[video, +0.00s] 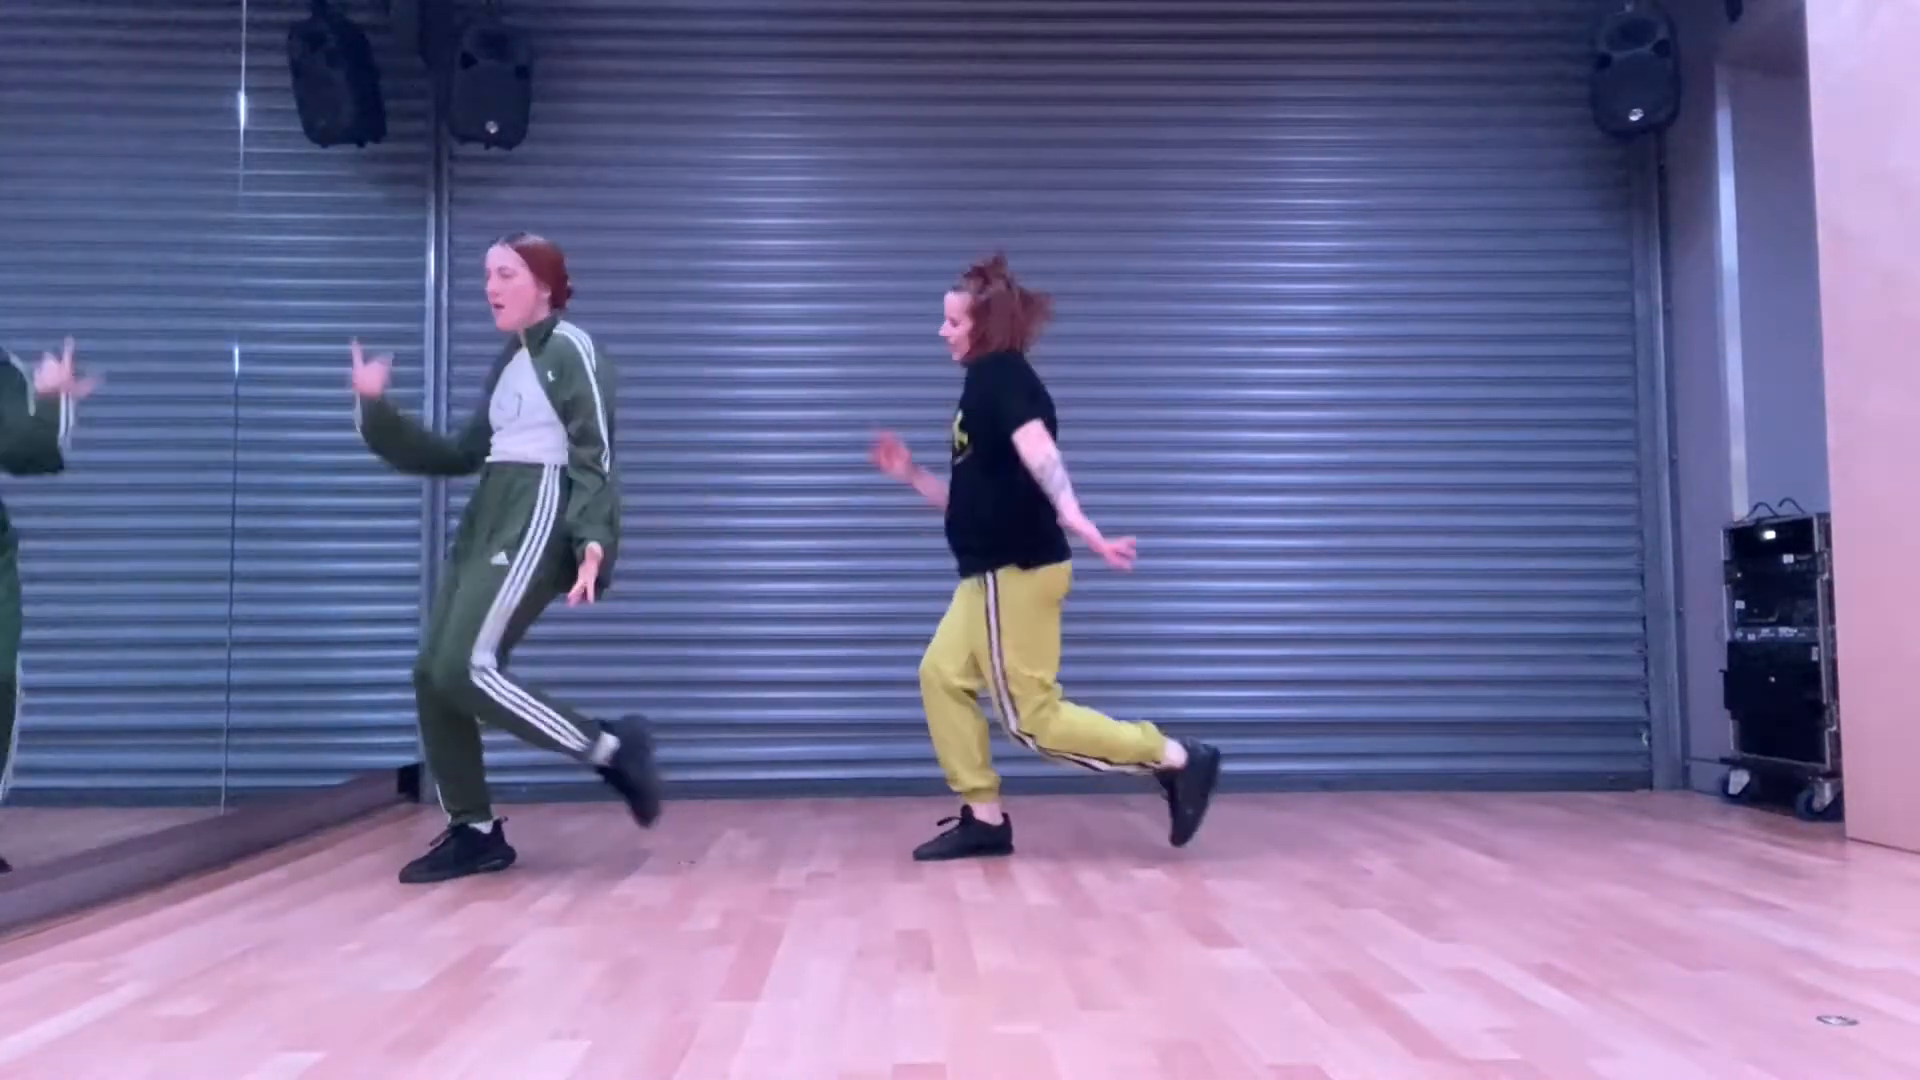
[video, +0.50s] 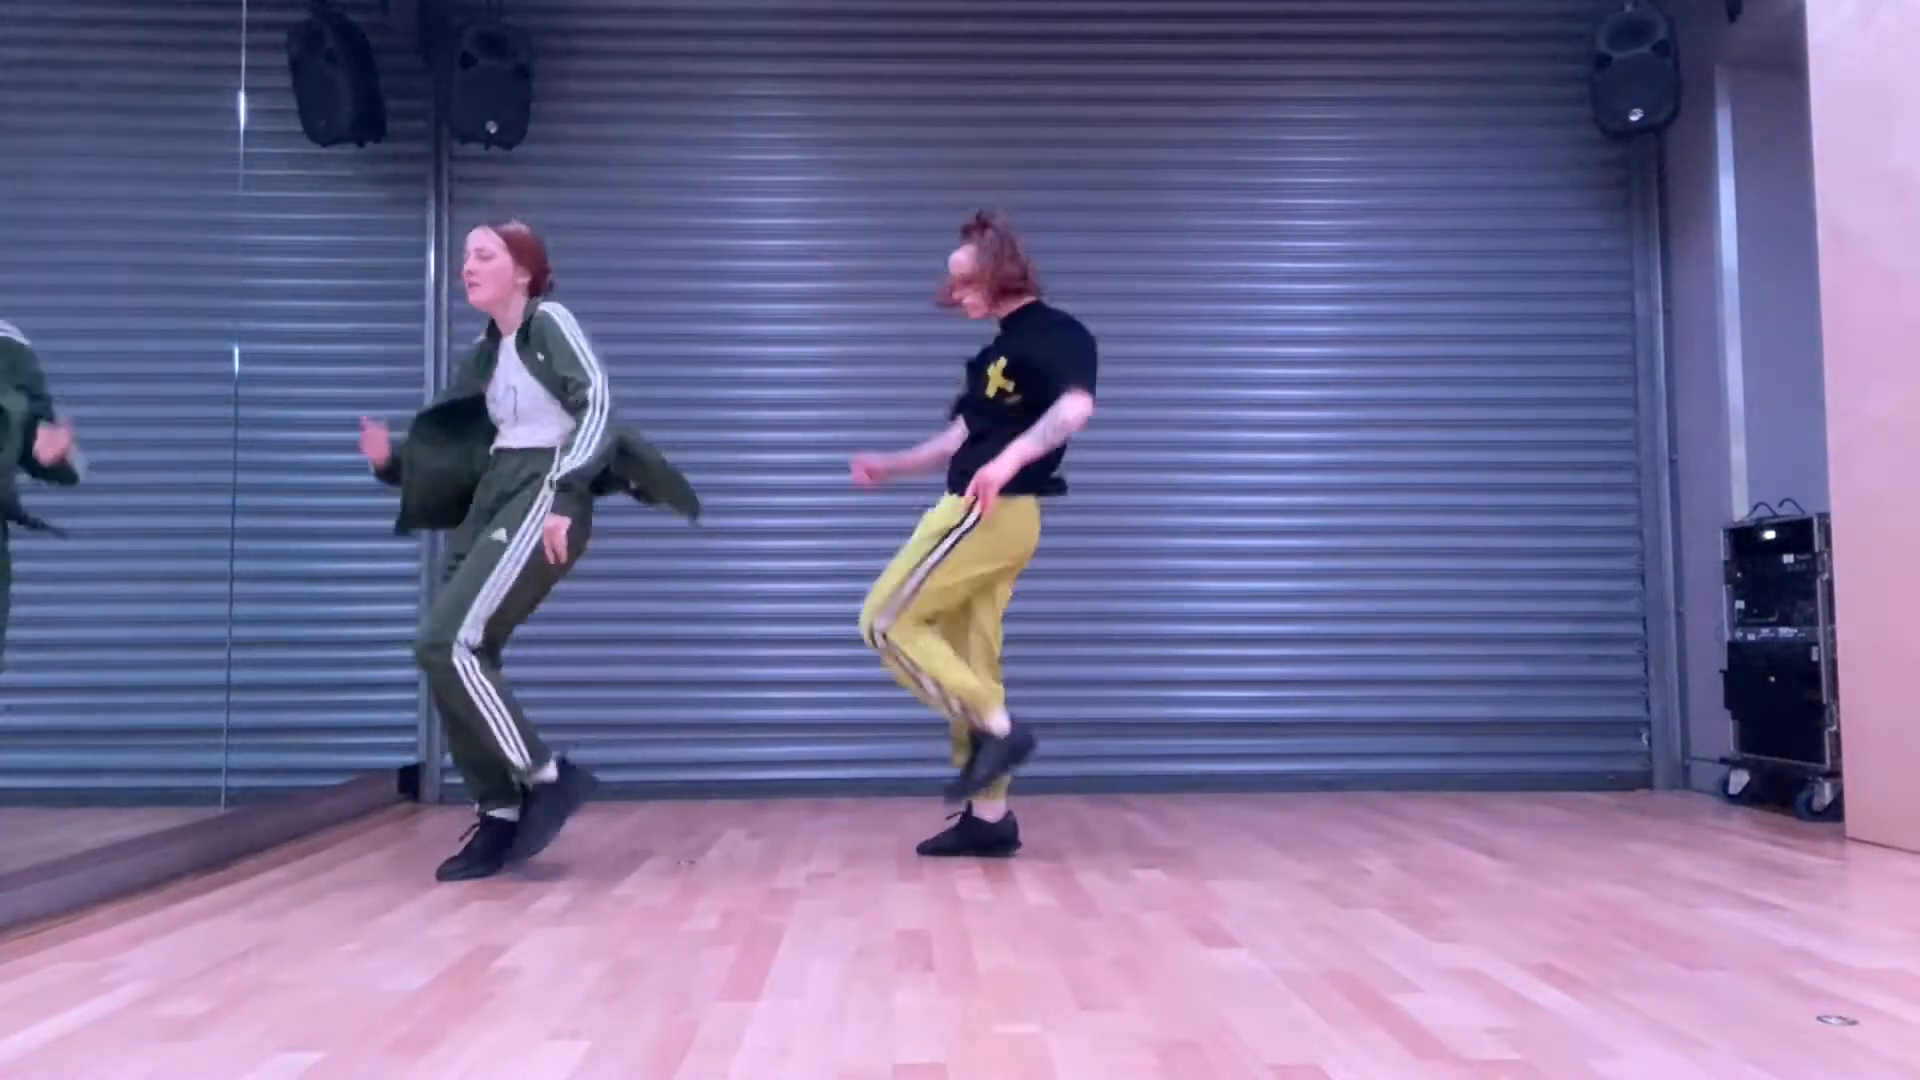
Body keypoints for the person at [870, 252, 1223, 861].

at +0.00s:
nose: (943, 331)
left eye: (953, 320)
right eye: (944, 319)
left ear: (987, 324)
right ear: (971, 323)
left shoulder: (1001, 375)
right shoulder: (981, 382)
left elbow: (1041, 457)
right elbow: (967, 500)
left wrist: (1088, 532)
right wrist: (911, 473)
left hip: (1021, 569)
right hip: (991, 570)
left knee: (1032, 718)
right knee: (942, 675)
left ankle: (1179, 761)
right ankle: (984, 818)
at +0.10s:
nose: (941, 298)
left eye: (948, 286)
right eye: (940, 287)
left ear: (981, 282)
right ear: (964, 285)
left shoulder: (1012, 323)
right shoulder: (978, 361)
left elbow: (1059, 371)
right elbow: (914, 415)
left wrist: (1085, 441)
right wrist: (882, 339)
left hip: (1008, 524)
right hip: (993, 527)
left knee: (955, 651)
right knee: (962, 662)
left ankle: (1099, 690)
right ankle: (985, 817)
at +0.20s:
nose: (929, 255)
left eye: (940, 244)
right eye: (928, 244)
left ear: (977, 241)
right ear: (944, 247)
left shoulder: (1008, 276)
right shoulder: (951, 314)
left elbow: (1076, 293)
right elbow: (874, 318)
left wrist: (1075, 345)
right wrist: (861, 236)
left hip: (1024, 469)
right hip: (1033, 486)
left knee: (900, 511)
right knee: (1001, 634)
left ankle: (1003, 623)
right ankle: (983, 795)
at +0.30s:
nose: (917, 249)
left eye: (928, 240)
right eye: (919, 239)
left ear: (966, 250)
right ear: (947, 253)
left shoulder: (1013, 295)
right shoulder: (928, 308)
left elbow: (1080, 261)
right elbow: (878, 279)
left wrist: (1055, 275)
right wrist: (848, 229)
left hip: (1046, 467)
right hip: (1007, 490)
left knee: (913, 414)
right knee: (990, 629)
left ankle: (942, 562)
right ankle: (984, 793)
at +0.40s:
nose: (935, 272)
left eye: (943, 262)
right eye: (934, 262)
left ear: (978, 262)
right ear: (957, 267)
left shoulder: (1024, 306)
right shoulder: (954, 330)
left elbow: (1085, 309)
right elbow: (886, 358)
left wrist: (1025, 353)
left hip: (1026, 486)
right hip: (995, 495)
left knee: (877, 479)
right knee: (983, 641)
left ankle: (965, 604)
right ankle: (988, 809)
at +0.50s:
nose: (954, 294)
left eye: (964, 283)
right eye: (953, 283)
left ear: (999, 279)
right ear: (991, 283)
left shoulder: (1054, 331)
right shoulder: (995, 354)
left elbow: (1075, 406)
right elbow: (961, 437)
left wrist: (1006, 462)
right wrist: (892, 465)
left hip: (985, 510)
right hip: (994, 514)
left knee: (885, 621)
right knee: (973, 654)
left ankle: (999, 727)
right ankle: (988, 817)